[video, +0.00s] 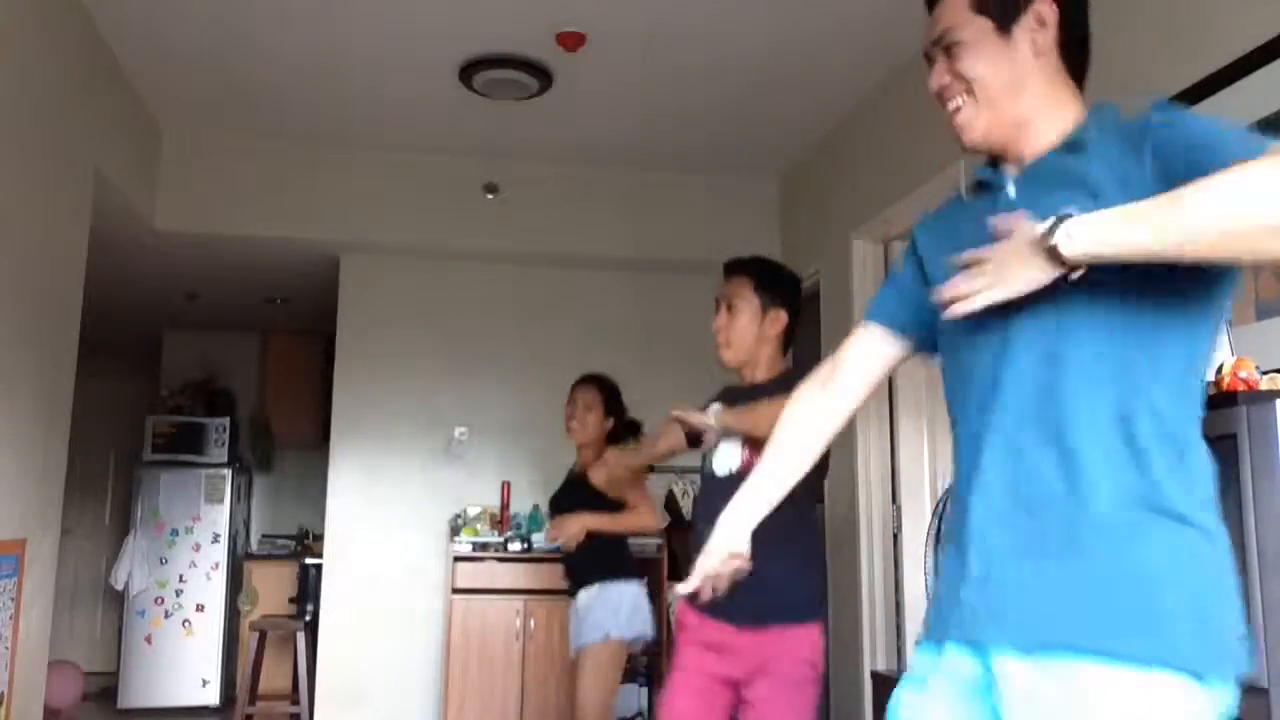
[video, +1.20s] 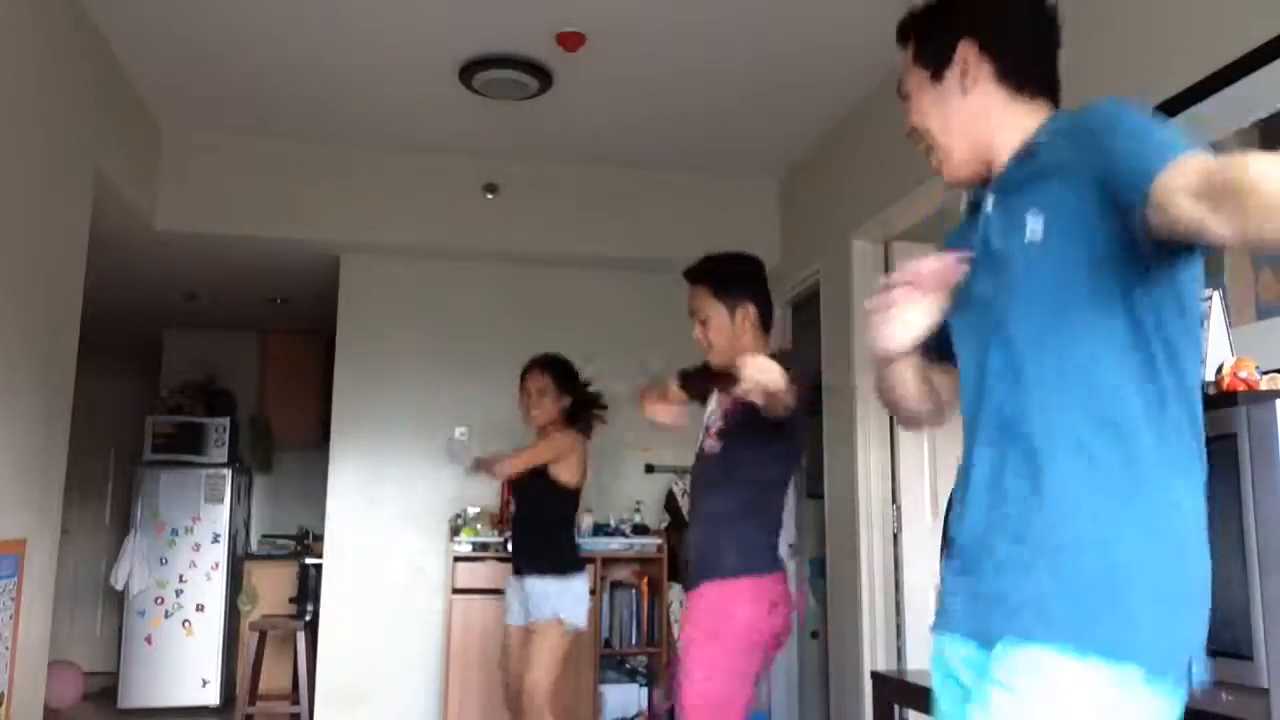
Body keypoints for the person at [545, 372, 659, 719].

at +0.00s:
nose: (573, 413)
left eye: (586, 407)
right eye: (571, 405)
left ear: (609, 421)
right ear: (565, 411)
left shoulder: (612, 461)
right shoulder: (581, 467)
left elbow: (652, 518)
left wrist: (585, 521)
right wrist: (568, 525)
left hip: (612, 592)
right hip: (587, 592)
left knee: (592, 709)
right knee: (584, 707)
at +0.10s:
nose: (565, 425)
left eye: (577, 417)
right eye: (561, 416)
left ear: (598, 426)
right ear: (554, 420)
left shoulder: (605, 469)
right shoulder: (576, 474)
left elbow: (638, 529)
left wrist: (572, 536)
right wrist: (560, 539)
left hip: (602, 598)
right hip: (578, 599)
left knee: (581, 709)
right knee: (572, 707)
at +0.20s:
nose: (551, 409)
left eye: (560, 399)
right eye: (549, 399)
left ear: (583, 405)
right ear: (548, 406)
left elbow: (610, 510)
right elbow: (539, 539)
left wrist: (551, 511)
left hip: (587, 586)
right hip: (559, 589)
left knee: (579, 706)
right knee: (540, 705)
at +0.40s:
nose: (531, 412)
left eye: (543, 404)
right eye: (526, 402)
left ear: (564, 416)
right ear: (518, 408)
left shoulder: (559, 454)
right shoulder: (537, 459)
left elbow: (581, 518)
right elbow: (548, 515)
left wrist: (525, 520)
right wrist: (512, 521)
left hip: (558, 600)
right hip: (529, 596)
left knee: (528, 710)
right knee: (506, 703)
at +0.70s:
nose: (523, 391)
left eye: (535, 383)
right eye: (518, 382)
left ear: (555, 396)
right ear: (510, 390)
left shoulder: (551, 440)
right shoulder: (525, 446)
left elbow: (588, 490)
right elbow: (514, 501)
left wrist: (522, 497)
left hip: (542, 574)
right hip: (525, 572)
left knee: (503, 690)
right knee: (511, 689)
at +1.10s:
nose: (527, 391)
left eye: (537, 381)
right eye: (522, 382)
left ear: (559, 385)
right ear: (516, 386)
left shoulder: (562, 432)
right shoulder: (539, 436)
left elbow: (554, 496)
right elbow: (503, 472)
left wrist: (500, 494)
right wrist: (463, 454)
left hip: (552, 568)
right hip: (531, 567)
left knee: (525, 689)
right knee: (505, 687)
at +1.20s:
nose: (531, 403)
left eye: (542, 393)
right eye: (526, 394)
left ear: (566, 399)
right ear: (520, 398)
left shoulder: (566, 441)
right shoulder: (541, 443)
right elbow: (505, 466)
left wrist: (480, 463)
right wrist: (483, 462)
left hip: (557, 583)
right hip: (523, 581)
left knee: (535, 696)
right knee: (515, 689)